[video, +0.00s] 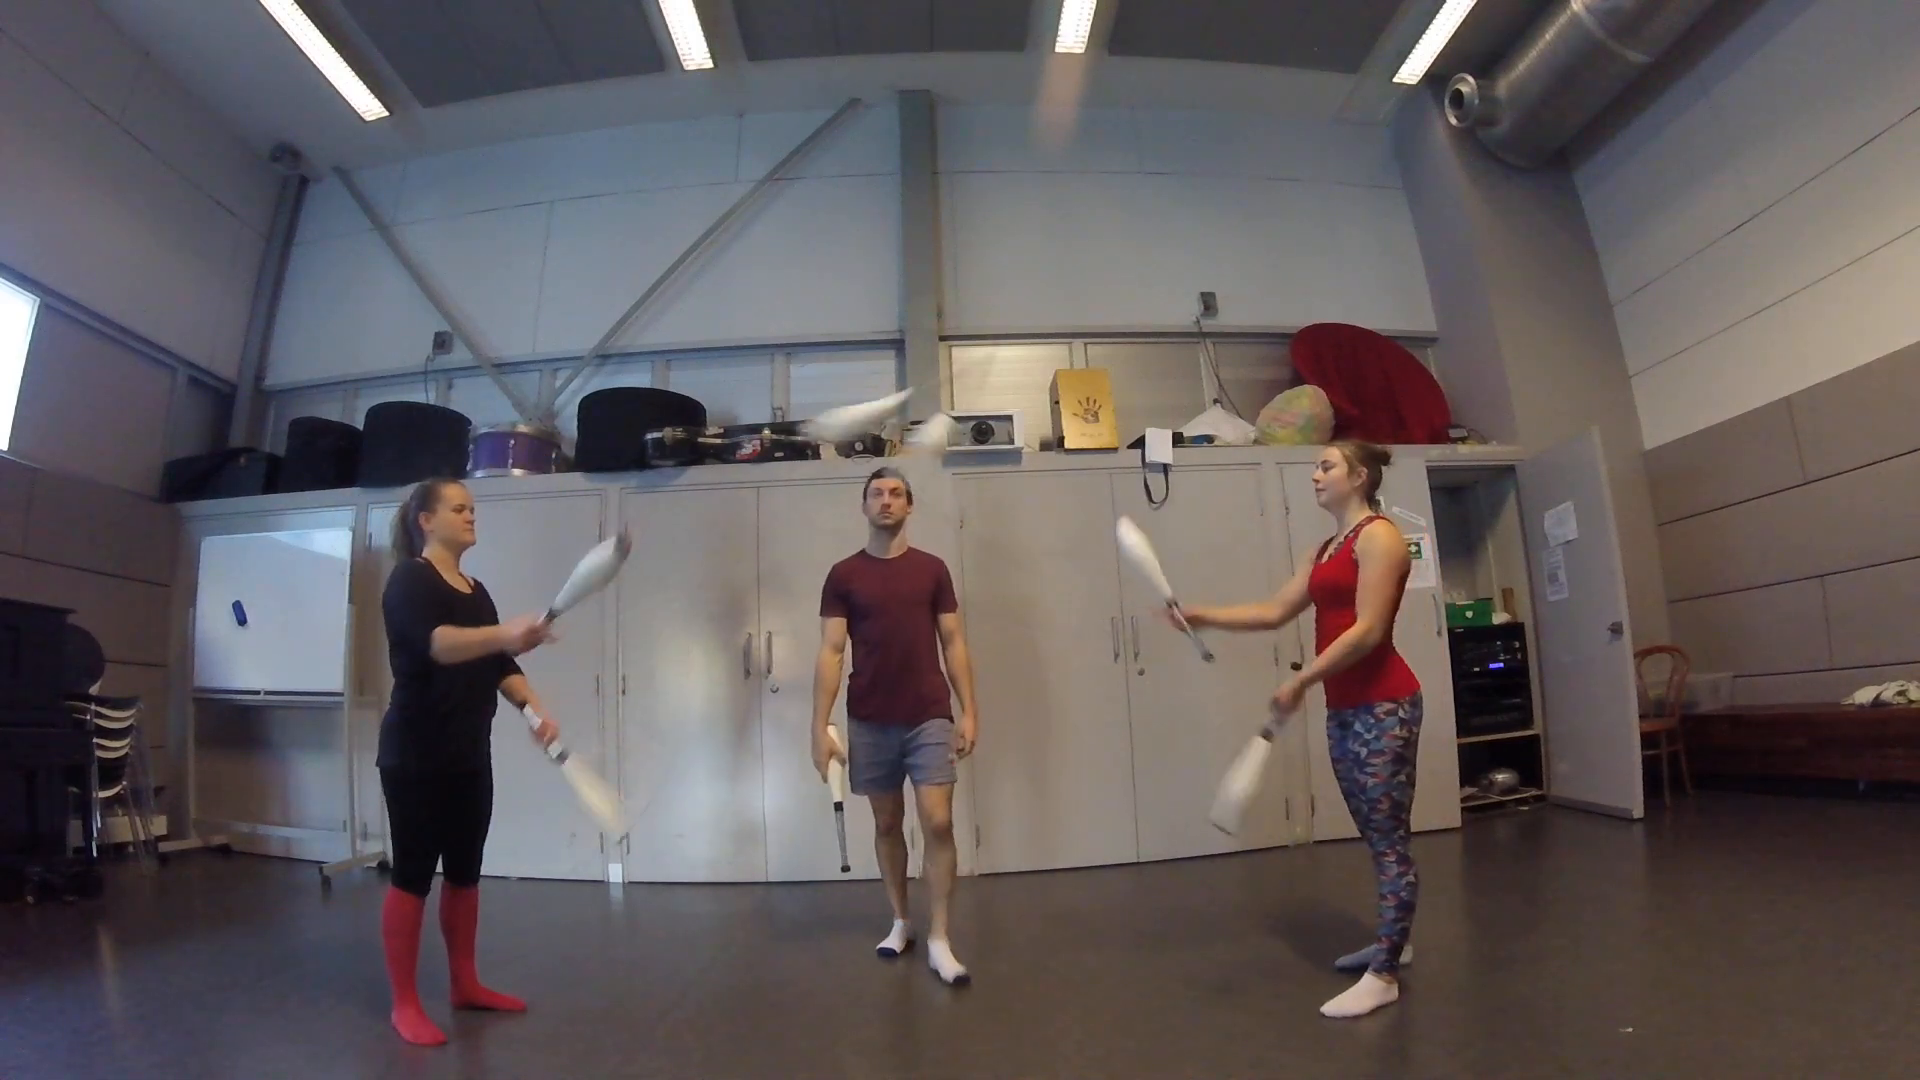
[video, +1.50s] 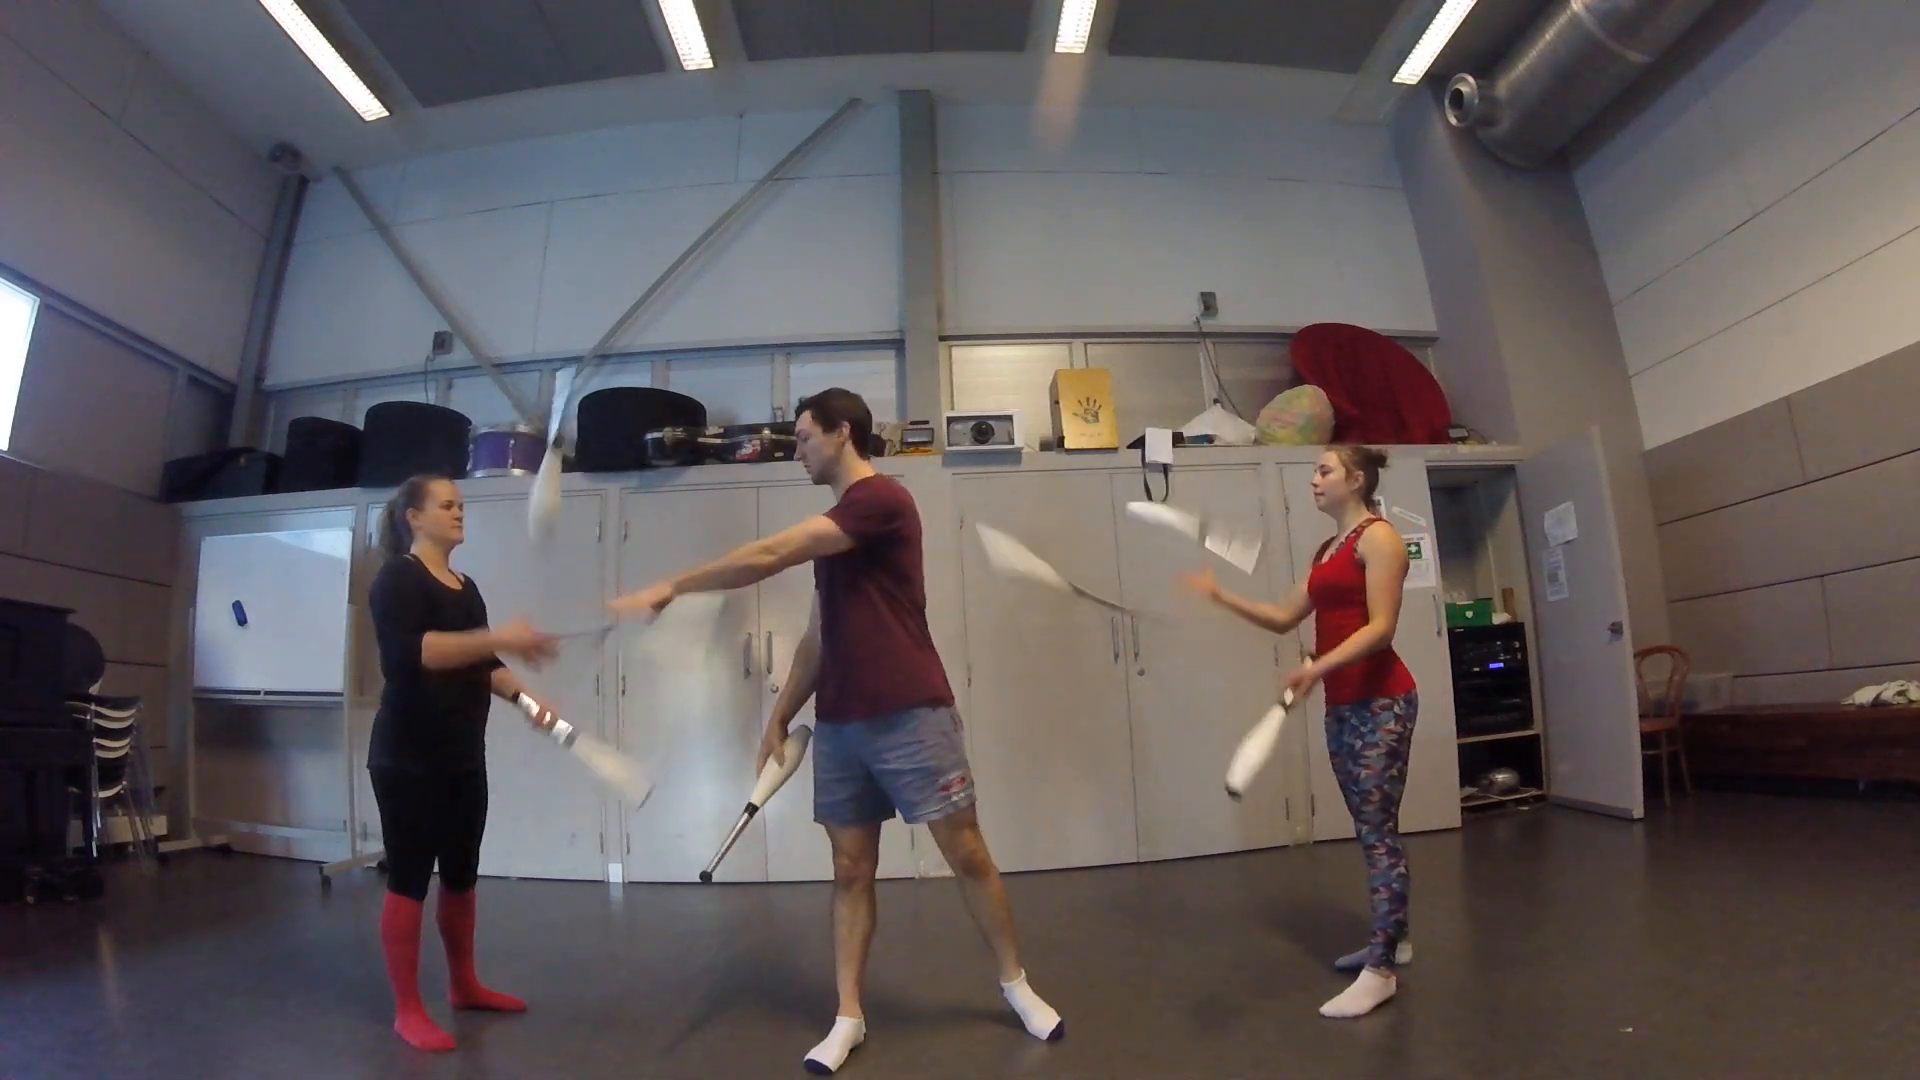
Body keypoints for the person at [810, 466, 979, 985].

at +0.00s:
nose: (886, 500)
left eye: (895, 494)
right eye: (877, 494)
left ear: (909, 507)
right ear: (864, 507)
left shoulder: (932, 568)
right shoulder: (844, 574)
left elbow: (953, 641)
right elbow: (831, 651)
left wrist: (968, 710)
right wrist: (821, 726)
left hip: (931, 717)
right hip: (871, 721)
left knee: (939, 825)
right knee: (886, 826)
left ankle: (939, 937)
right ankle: (899, 921)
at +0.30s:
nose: (889, 491)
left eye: (900, 483)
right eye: (883, 484)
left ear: (925, 496)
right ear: (878, 497)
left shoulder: (952, 566)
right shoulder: (858, 568)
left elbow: (970, 648)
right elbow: (841, 649)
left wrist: (980, 727)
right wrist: (830, 726)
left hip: (942, 723)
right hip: (877, 725)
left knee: (951, 839)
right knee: (887, 837)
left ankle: (965, 973)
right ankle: (899, 916)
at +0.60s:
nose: (879, 466)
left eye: (891, 456)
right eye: (879, 458)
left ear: (927, 464)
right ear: (886, 470)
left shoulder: (969, 540)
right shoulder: (866, 546)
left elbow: (997, 620)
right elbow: (846, 631)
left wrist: (1013, 699)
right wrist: (829, 710)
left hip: (953, 722)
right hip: (880, 722)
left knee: (961, 851)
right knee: (872, 850)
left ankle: (967, 979)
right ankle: (902, 971)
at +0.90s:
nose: (846, 460)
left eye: (856, 449)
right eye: (845, 451)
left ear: (897, 453)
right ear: (878, 457)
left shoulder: (946, 527)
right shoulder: (841, 541)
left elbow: (965, 617)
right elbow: (824, 634)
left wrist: (922, 674)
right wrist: (804, 719)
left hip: (940, 725)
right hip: (861, 725)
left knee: (956, 857)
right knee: (854, 863)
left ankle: (965, 981)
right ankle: (845, 1016)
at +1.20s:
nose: (808, 452)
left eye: (815, 439)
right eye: (807, 442)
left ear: (855, 436)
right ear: (847, 439)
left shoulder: (899, 505)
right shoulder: (823, 533)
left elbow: (815, 560)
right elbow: (803, 633)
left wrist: (698, 573)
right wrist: (770, 711)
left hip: (911, 714)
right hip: (834, 721)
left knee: (965, 857)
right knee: (845, 867)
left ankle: (1009, 984)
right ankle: (847, 1017)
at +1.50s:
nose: (798, 452)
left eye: (804, 439)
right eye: (797, 441)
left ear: (842, 434)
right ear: (839, 436)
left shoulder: (883, 499)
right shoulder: (838, 521)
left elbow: (772, 554)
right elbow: (821, 635)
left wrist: (671, 586)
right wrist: (781, 716)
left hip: (912, 710)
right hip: (841, 720)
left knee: (969, 855)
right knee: (851, 870)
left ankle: (1015, 982)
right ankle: (849, 1015)